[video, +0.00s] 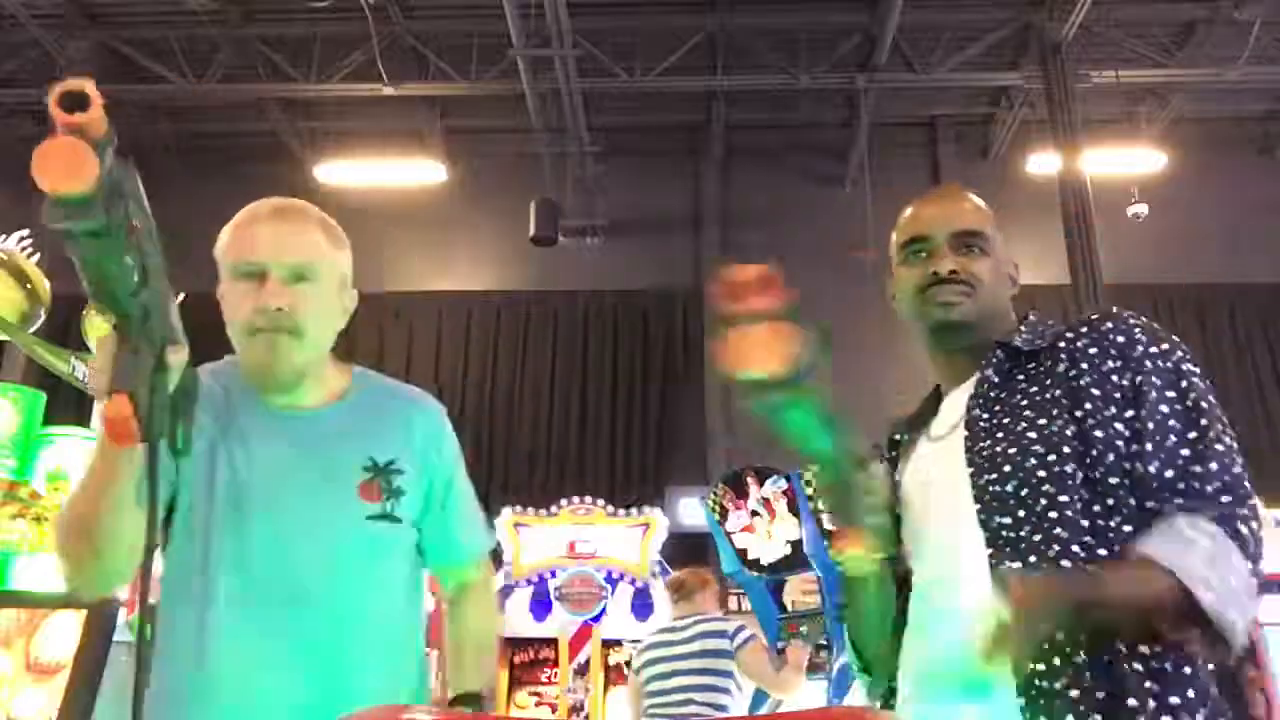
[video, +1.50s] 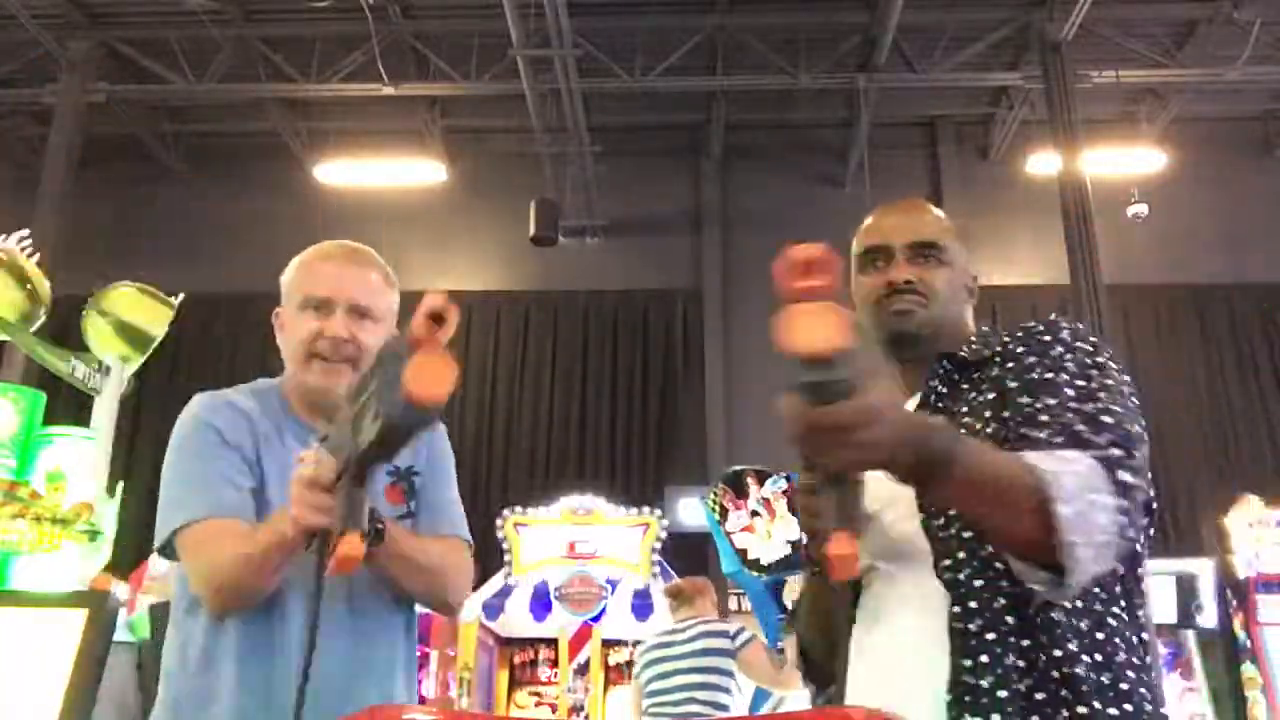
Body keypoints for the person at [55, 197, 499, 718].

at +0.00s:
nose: (272, 299)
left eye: (300, 277)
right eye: (249, 276)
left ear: (347, 300)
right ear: (219, 296)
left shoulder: (413, 424)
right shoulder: (178, 409)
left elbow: (469, 585)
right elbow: (90, 575)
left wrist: (470, 705)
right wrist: (122, 418)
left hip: (366, 707)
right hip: (195, 705)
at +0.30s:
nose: (335, 301)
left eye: (361, 283)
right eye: (316, 279)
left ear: (401, 308)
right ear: (286, 297)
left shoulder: (448, 417)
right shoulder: (230, 401)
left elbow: (470, 570)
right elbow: (185, 556)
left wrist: (347, 478)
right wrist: (189, 504)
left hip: (388, 705)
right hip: (239, 703)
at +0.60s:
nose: (260, 290)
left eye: (288, 271)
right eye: (241, 266)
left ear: (329, 301)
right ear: (208, 280)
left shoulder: (378, 403)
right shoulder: (139, 390)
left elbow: (401, 562)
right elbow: (119, 559)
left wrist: (271, 472)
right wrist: (171, 462)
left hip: (316, 707)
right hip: (153, 706)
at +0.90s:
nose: (303, 317)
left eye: (328, 300)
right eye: (284, 296)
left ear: (365, 330)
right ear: (251, 313)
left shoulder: (415, 426)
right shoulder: (195, 416)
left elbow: (437, 575)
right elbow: (179, 587)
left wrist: (310, 506)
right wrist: (223, 494)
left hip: (362, 709)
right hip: (206, 707)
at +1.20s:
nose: (302, 315)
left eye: (326, 298)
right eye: (282, 293)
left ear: (359, 326)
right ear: (243, 311)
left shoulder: (402, 423)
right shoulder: (186, 417)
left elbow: (410, 573)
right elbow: (147, 589)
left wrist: (255, 506)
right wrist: (145, 507)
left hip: (346, 708)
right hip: (196, 709)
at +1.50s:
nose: (338, 330)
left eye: (362, 315)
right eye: (318, 308)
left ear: (389, 337)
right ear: (280, 324)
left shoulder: (417, 436)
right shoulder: (216, 420)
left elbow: (453, 588)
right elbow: (219, 586)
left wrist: (369, 527)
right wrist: (292, 525)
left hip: (369, 711)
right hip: (222, 710)